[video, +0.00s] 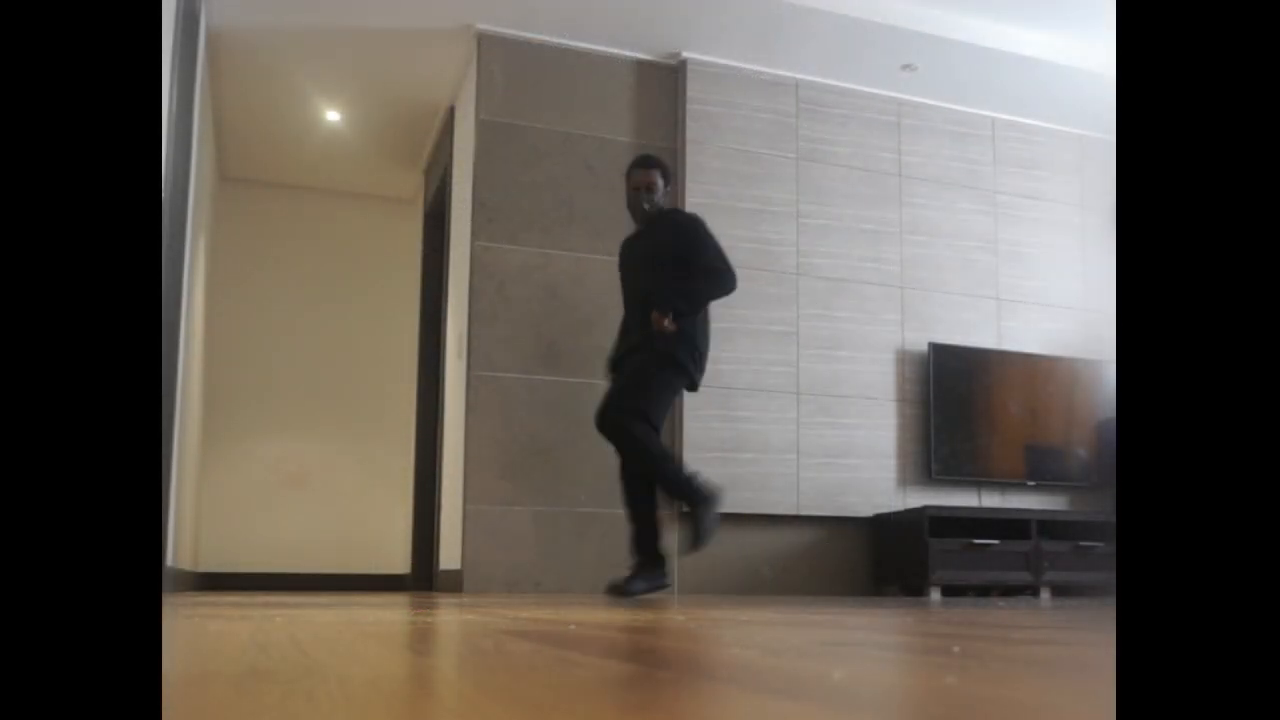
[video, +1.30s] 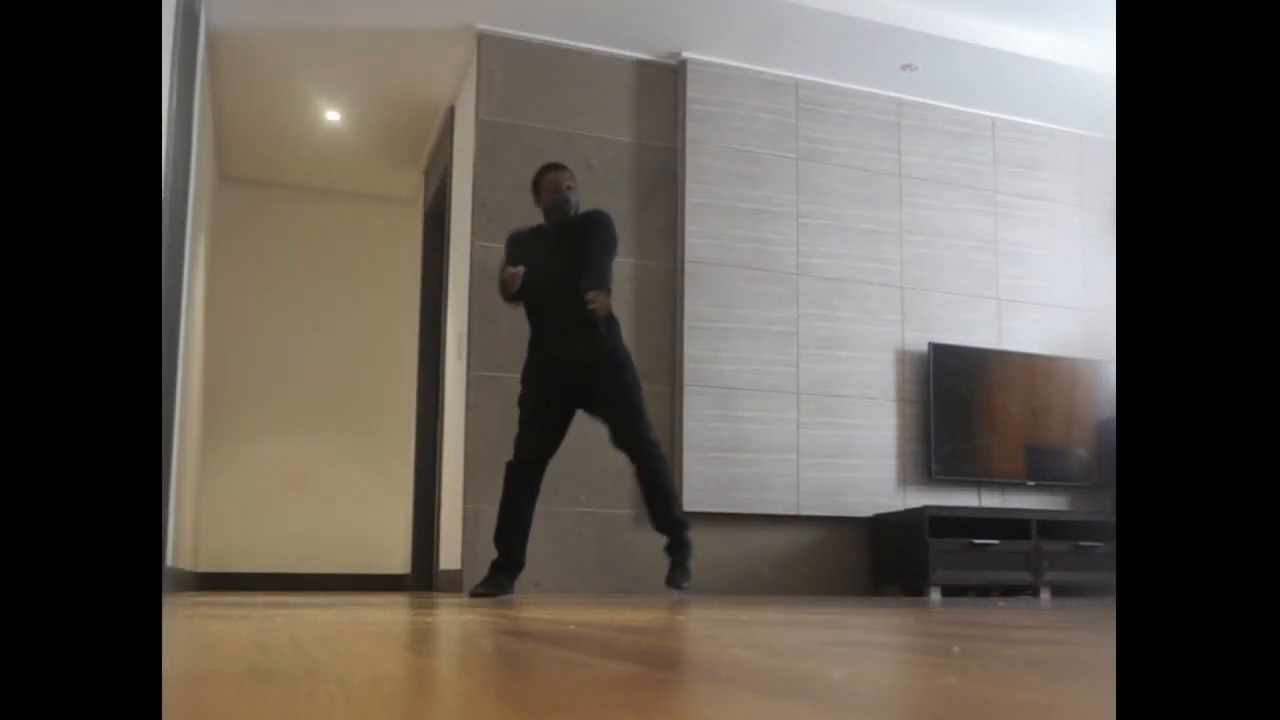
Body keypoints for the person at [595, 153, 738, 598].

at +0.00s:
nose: (642, 197)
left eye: (650, 189)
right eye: (636, 190)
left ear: (667, 191)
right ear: (627, 194)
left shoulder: (684, 227)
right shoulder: (631, 247)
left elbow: (723, 278)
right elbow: (635, 310)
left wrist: (675, 308)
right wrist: (619, 355)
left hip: (672, 354)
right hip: (639, 357)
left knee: (614, 418)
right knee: (635, 450)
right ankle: (649, 565)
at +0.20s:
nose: (639, 201)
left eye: (646, 192)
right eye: (632, 194)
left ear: (664, 192)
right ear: (624, 198)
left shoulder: (688, 228)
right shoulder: (631, 247)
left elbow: (719, 285)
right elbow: (633, 305)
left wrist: (677, 314)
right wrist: (632, 346)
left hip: (671, 356)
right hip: (632, 355)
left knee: (659, 444)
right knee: (603, 446)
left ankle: (705, 527)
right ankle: (638, 556)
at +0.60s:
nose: (636, 220)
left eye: (643, 211)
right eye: (628, 213)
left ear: (659, 205)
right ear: (619, 212)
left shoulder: (691, 246)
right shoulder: (615, 254)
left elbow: (727, 302)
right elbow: (609, 318)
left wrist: (697, 336)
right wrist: (595, 371)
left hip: (673, 373)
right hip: (626, 374)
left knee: (677, 466)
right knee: (628, 454)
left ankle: (693, 569)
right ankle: (594, 561)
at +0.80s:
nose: (637, 193)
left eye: (638, 186)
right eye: (624, 191)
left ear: (647, 195)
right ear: (608, 206)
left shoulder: (667, 249)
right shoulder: (593, 250)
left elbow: (678, 316)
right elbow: (576, 318)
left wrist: (729, 320)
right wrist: (556, 379)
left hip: (667, 383)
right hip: (610, 381)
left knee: (685, 473)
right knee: (568, 466)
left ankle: (695, 570)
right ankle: (530, 561)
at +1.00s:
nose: (588, 211)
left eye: (592, 203)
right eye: (577, 207)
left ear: (602, 209)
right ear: (562, 218)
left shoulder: (632, 256)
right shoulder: (552, 261)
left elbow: (678, 287)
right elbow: (539, 312)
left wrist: (712, 277)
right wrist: (528, 344)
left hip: (628, 388)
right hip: (572, 387)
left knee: (663, 472)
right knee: (532, 473)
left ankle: (695, 566)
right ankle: (504, 572)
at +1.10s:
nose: (559, 220)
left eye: (561, 211)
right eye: (548, 219)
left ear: (570, 209)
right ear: (537, 231)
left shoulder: (604, 235)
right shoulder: (539, 274)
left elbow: (661, 271)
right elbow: (525, 344)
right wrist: (524, 325)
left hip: (605, 378)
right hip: (556, 381)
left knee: (602, 462)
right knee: (523, 472)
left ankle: (664, 568)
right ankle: (503, 574)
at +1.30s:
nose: (565, 192)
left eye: (569, 186)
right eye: (555, 188)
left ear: (578, 193)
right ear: (538, 199)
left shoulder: (595, 224)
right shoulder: (524, 241)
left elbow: (601, 261)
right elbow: (511, 292)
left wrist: (599, 291)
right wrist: (511, 287)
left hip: (603, 362)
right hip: (549, 367)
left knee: (641, 448)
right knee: (525, 464)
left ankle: (679, 544)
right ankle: (505, 569)